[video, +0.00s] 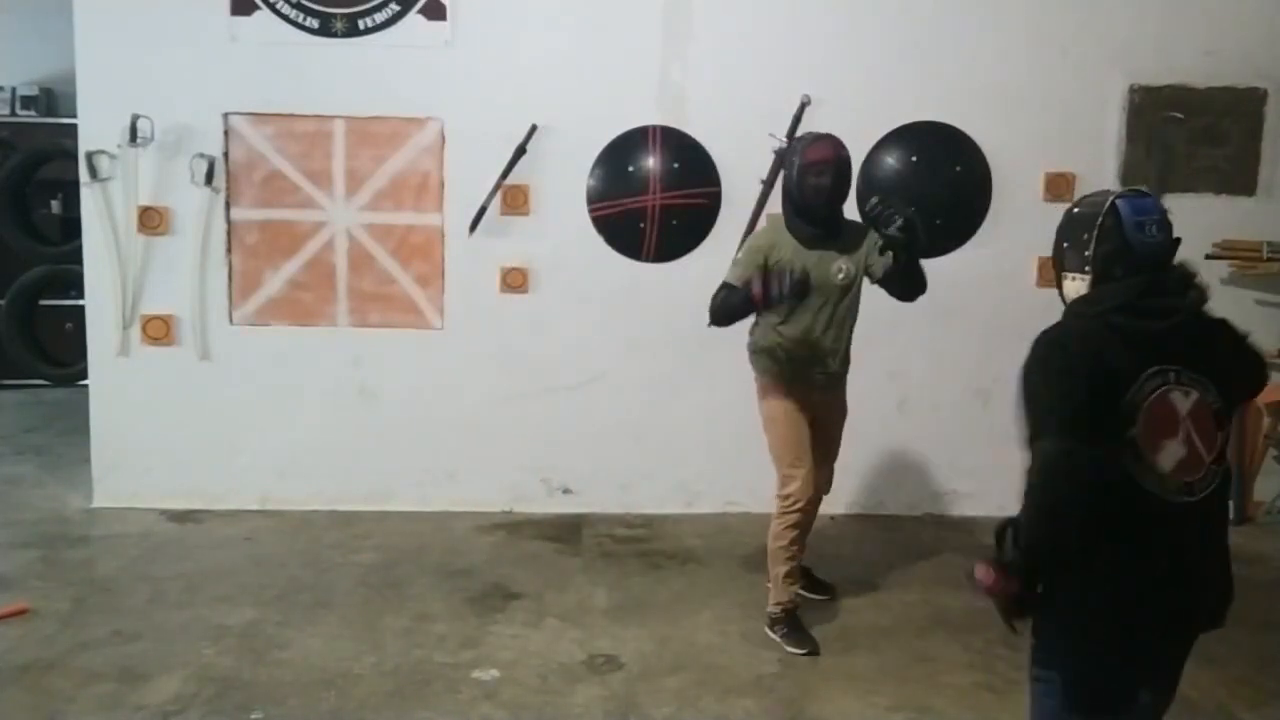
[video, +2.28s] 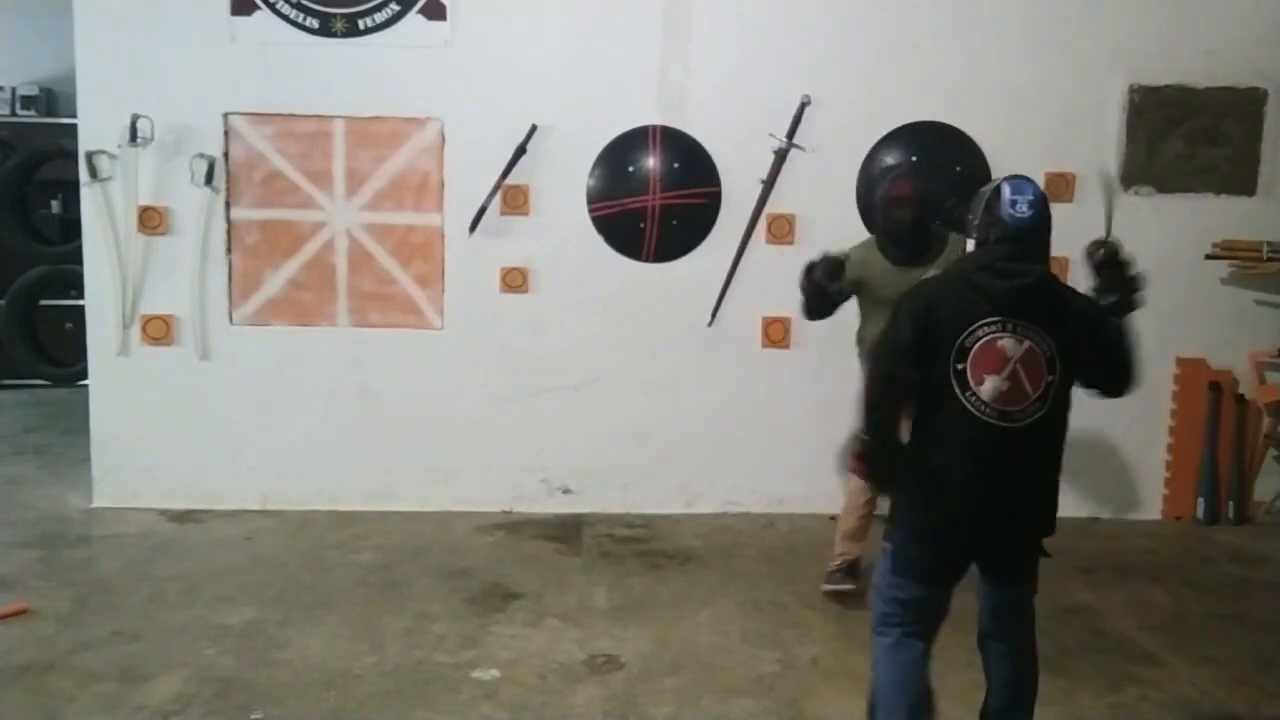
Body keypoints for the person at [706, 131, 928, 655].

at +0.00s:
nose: (824, 184)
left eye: (833, 173)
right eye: (813, 173)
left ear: (845, 180)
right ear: (792, 179)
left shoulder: (860, 240)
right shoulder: (769, 239)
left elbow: (911, 289)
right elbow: (720, 310)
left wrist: (903, 250)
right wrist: (762, 292)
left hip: (829, 380)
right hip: (778, 378)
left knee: (817, 484)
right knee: (798, 487)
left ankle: (792, 567)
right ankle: (780, 608)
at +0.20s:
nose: (836, 188)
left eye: (844, 177)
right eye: (824, 177)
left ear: (854, 184)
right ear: (799, 180)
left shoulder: (861, 240)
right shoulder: (776, 234)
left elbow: (887, 314)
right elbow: (737, 314)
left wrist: (897, 302)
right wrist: (763, 266)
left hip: (836, 381)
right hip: (788, 379)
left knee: (822, 488)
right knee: (802, 490)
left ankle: (793, 566)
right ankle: (781, 609)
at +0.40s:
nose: (851, 216)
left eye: (860, 205)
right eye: (841, 204)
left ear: (869, 209)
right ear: (816, 203)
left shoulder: (871, 257)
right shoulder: (788, 258)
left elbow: (875, 333)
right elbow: (754, 337)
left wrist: (882, 341)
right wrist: (768, 319)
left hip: (837, 383)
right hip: (789, 381)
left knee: (840, 481)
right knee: (809, 488)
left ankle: (807, 550)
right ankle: (783, 609)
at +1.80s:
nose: (877, 213)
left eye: (885, 203)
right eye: (868, 202)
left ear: (896, 203)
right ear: (847, 201)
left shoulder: (912, 247)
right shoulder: (826, 251)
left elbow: (932, 302)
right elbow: (786, 311)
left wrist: (921, 342)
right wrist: (806, 342)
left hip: (893, 371)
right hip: (840, 373)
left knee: (890, 466)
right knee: (839, 473)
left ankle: (859, 528)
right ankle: (828, 569)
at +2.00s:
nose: (878, 217)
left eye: (887, 208)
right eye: (870, 207)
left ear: (902, 211)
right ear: (855, 208)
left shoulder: (921, 255)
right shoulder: (834, 257)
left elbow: (949, 304)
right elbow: (803, 305)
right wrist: (790, 313)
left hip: (906, 378)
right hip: (850, 379)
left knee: (921, 455)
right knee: (849, 469)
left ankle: (903, 529)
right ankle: (831, 570)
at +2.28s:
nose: (902, 214)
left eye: (910, 203)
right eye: (894, 203)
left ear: (928, 205)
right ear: (877, 207)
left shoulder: (954, 254)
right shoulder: (864, 258)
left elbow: (976, 311)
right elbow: (817, 311)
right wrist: (818, 285)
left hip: (938, 377)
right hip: (881, 378)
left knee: (927, 470)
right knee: (868, 466)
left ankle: (914, 563)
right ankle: (845, 558)